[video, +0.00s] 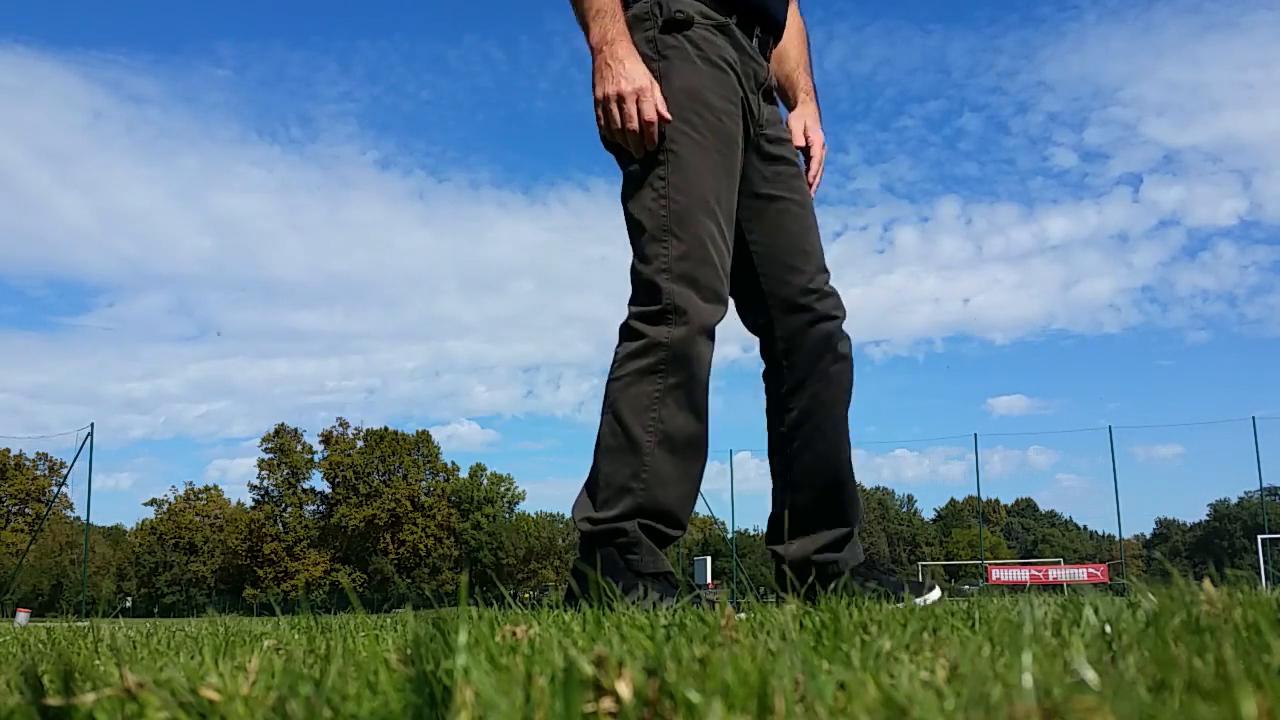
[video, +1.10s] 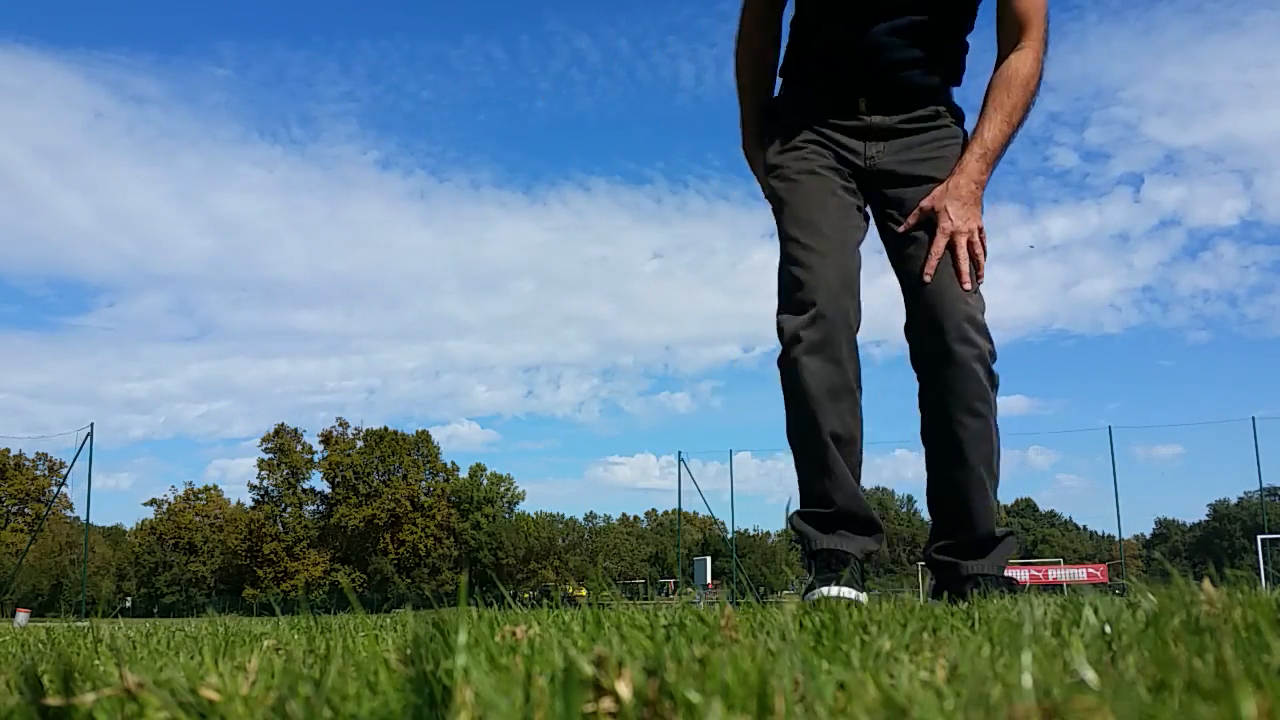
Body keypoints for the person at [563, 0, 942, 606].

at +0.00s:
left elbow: (781, 7)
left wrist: (802, 95)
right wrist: (611, 45)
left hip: (756, 52)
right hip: (678, 27)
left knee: (809, 319)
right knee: (679, 305)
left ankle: (822, 562)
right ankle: (619, 561)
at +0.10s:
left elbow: (840, 16)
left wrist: (853, 119)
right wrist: (635, 67)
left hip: (800, 80)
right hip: (717, 42)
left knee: (847, 337)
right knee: (704, 307)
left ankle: (841, 566)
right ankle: (621, 560)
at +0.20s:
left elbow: (885, 27)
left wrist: (911, 139)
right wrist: (665, 88)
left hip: (839, 87)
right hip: (752, 53)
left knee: (877, 339)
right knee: (735, 302)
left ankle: (846, 568)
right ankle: (636, 553)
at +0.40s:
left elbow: (961, 24)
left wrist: (998, 152)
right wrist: (709, 94)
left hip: (887, 85)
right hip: (787, 61)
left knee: (896, 335)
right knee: (805, 290)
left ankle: (848, 562)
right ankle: (736, 551)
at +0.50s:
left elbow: (987, 18)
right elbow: (713, 0)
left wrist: (1019, 139)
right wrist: (717, 94)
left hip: (902, 88)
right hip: (798, 70)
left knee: (905, 333)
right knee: (828, 292)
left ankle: (869, 561)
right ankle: (825, 555)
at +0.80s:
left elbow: (1014, 9)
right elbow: (740, 1)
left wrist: (999, 128)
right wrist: (751, 130)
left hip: (935, 99)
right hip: (825, 95)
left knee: (987, 309)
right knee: (864, 318)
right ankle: (912, 554)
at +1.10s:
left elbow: (1025, 45)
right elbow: (759, 21)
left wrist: (970, 178)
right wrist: (756, 140)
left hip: (924, 126)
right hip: (811, 126)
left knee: (956, 326)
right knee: (820, 317)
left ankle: (969, 566)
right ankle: (835, 561)